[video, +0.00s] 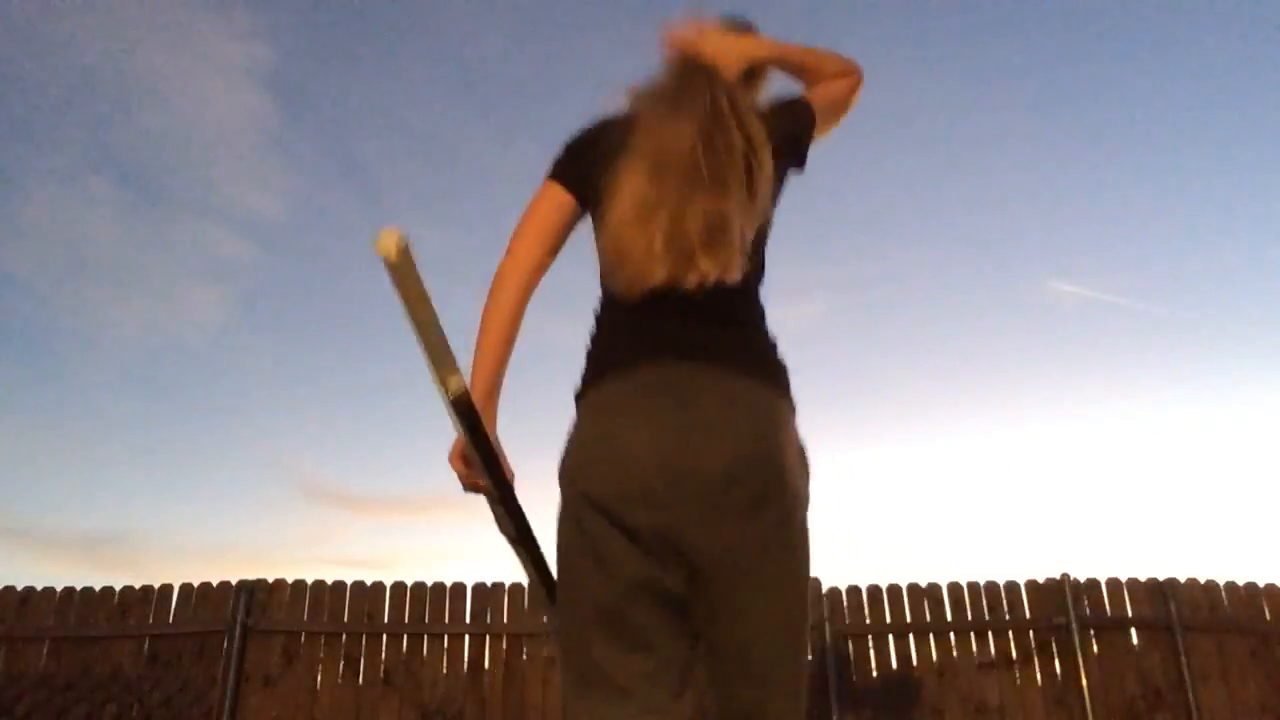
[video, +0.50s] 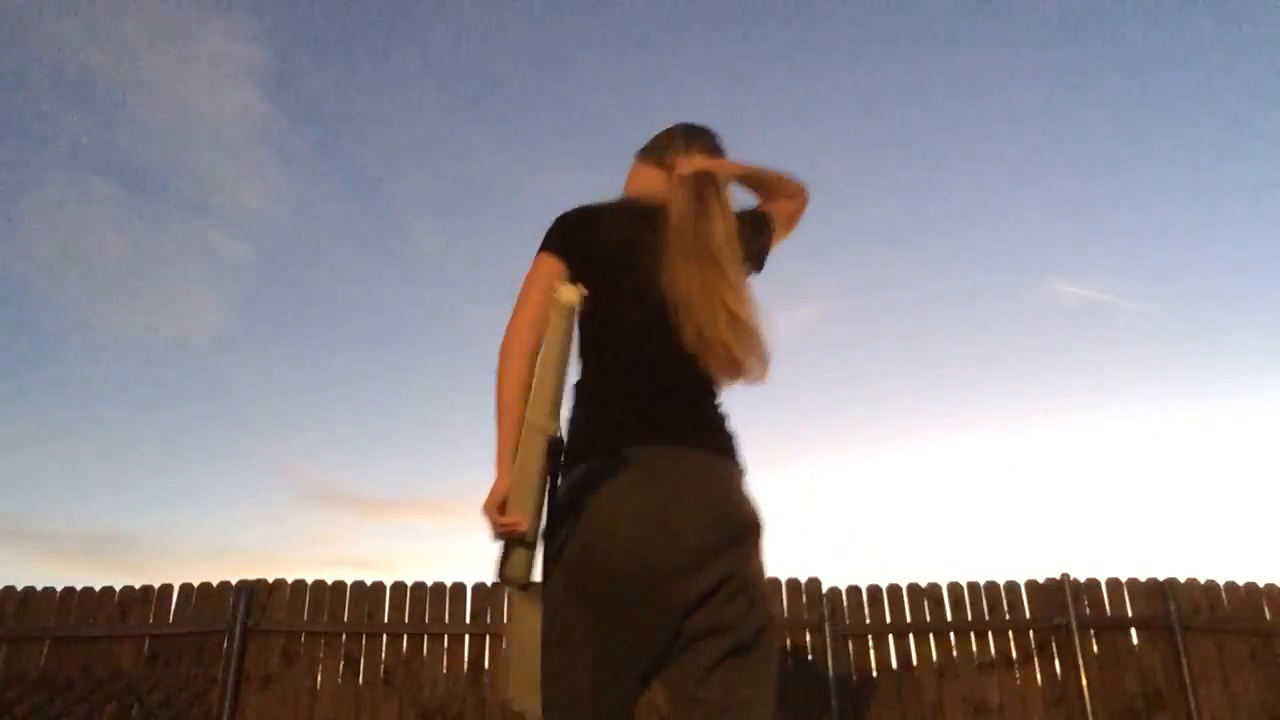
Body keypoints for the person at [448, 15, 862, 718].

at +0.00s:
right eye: (740, 55)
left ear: (667, 74)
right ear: (744, 77)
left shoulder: (607, 141)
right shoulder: (761, 138)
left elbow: (515, 275)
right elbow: (844, 77)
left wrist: (478, 416)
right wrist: (764, 49)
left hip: (624, 392)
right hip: (743, 395)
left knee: (618, 664)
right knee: (759, 670)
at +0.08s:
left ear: (675, 105)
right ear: (750, 111)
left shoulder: (613, 164)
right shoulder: (767, 164)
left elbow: (522, 288)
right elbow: (841, 95)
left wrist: (489, 425)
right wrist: (761, 72)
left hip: (634, 414)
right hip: (749, 420)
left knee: (620, 677)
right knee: (758, 677)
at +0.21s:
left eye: (680, 119)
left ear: (678, 137)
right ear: (745, 142)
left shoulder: (617, 186)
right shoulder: (763, 191)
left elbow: (534, 301)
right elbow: (838, 129)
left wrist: (510, 438)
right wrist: (760, 111)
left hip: (638, 438)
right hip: (747, 444)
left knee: (614, 673)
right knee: (755, 668)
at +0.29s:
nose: (663, 137)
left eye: (671, 129)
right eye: (673, 127)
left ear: (676, 140)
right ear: (736, 154)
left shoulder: (613, 194)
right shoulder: (756, 201)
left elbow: (540, 315)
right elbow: (827, 149)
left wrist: (523, 446)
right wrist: (758, 134)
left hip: (633, 445)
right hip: (740, 452)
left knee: (603, 686)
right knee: (745, 678)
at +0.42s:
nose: (645, 159)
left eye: (655, 146)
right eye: (655, 145)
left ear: (667, 154)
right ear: (719, 169)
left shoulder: (602, 211)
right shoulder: (737, 223)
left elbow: (536, 317)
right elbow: (806, 179)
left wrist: (522, 455)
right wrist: (742, 154)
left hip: (628, 452)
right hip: (727, 458)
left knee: (594, 692)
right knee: (739, 688)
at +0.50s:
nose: (628, 175)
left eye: (636, 164)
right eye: (635, 164)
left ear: (653, 168)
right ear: (706, 179)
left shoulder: (585, 227)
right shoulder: (719, 239)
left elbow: (521, 344)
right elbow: (790, 198)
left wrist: (508, 468)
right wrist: (734, 170)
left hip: (614, 471)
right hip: (709, 473)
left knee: (585, 691)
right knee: (731, 684)